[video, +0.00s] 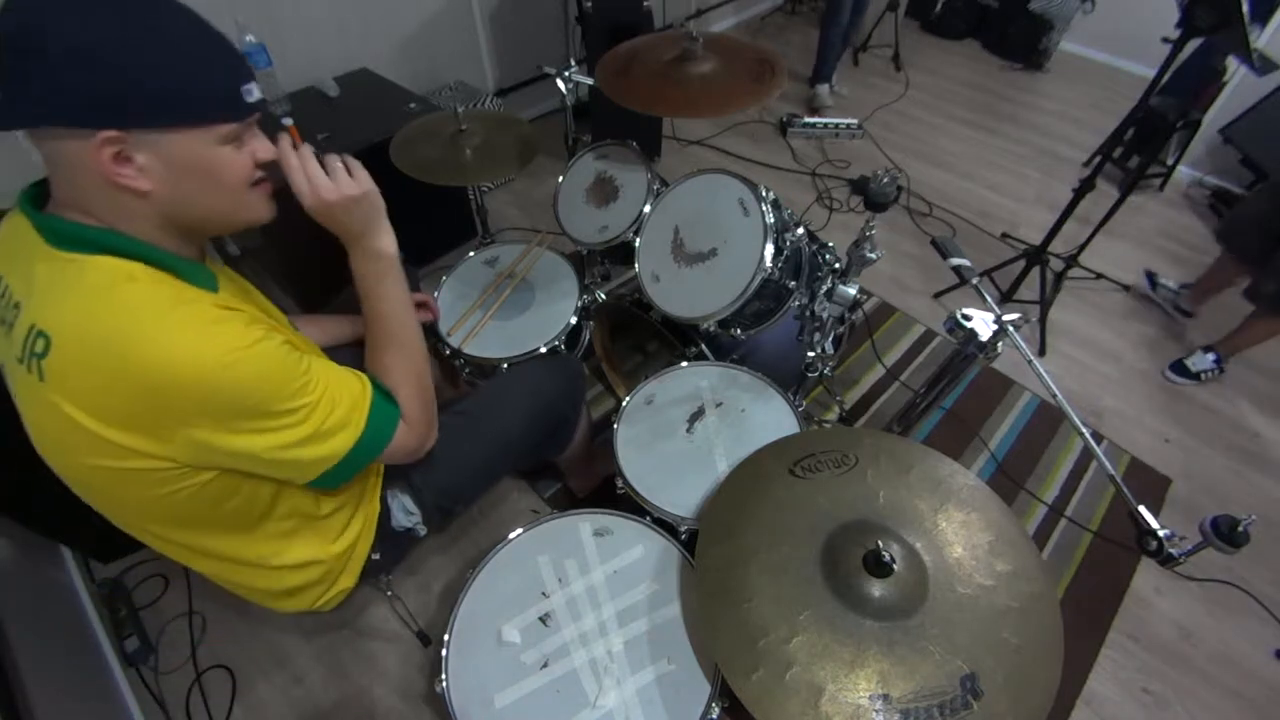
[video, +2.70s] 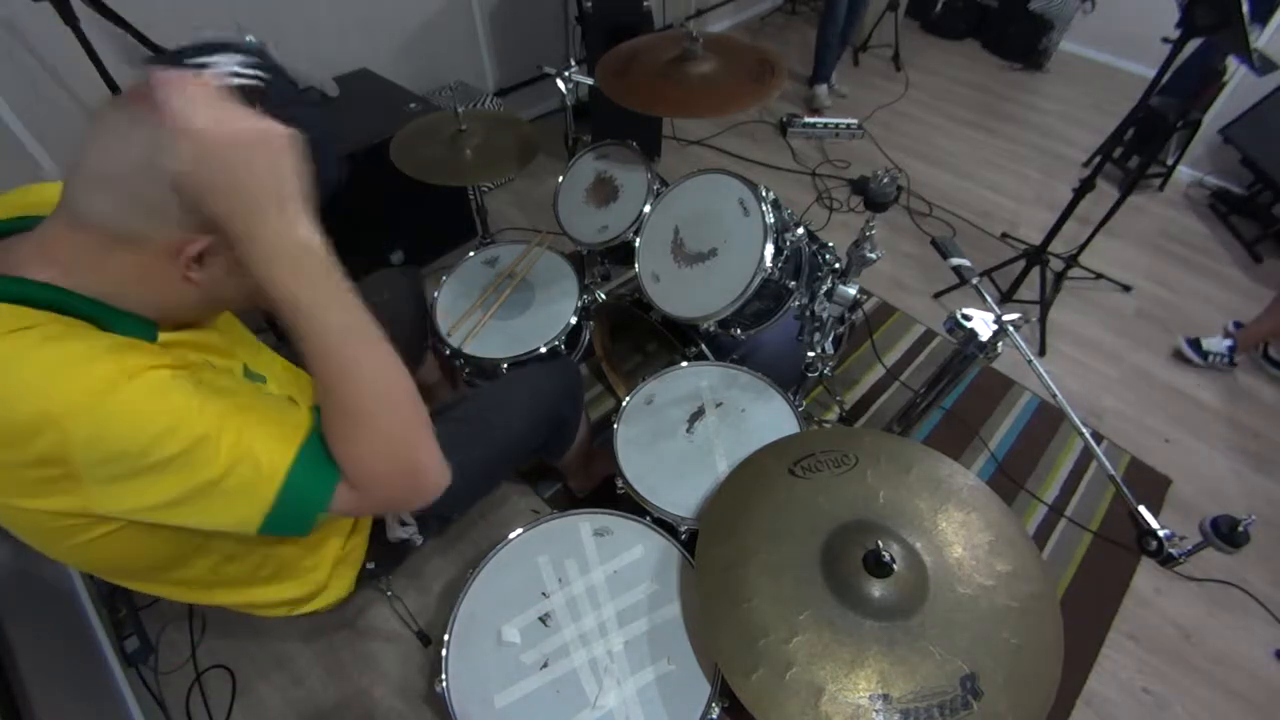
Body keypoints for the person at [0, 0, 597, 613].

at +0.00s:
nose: (267, 152)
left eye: (256, 127)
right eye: (235, 139)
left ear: (120, 166)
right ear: (126, 165)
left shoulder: (45, 229)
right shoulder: (189, 354)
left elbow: (228, 334)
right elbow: (412, 431)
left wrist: (374, 322)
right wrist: (372, 245)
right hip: (341, 527)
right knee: (555, 370)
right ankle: (579, 470)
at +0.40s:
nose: (309, 182)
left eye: (310, 162)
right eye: (299, 164)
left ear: (128, 138)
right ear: (225, 164)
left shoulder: (45, 217)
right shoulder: (216, 352)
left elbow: (219, 332)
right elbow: (419, 444)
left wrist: (368, 324)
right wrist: (405, 258)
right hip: (338, 528)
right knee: (555, 367)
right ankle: (581, 473)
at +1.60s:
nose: (275, 150)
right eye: (275, 136)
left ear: (88, 115)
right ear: (264, 165)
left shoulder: (28, 227)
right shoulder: (228, 370)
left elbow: (144, 348)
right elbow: (395, 475)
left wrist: (300, 315)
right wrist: (420, 302)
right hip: (337, 532)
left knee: (404, 325)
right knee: (554, 368)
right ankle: (583, 470)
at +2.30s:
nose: (218, 130)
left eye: (205, 112)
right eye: (212, 120)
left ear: (35, 174)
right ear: (205, 170)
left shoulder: (19, 265)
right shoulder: (207, 389)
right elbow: (340, 556)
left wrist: (241, 309)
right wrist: (421, 379)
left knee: (371, 264)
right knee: (555, 370)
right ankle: (581, 468)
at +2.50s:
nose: (249, 207)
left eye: (248, 188)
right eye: (240, 194)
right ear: (193, 230)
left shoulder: (21, 233)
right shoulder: (157, 422)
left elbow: (191, 292)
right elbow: (384, 527)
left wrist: (266, 240)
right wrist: (414, 298)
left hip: (265, 385)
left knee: (406, 324)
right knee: (552, 376)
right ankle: (582, 467)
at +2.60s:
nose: (285, 229)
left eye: (279, 211)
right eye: (274, 221)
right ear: (193, 258)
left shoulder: (30, 219)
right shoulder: (124, 419)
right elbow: (398, 498)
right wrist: (352, 254)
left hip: (249, 376)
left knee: (387, 286)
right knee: (553, 379)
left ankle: (427, 386)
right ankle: (577, 470)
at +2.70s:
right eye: (244, 257)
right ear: (196, 261)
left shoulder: (36, 215)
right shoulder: (91, 411)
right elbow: (405, 474)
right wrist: (275, 224)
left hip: (240, 369)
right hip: (330, 516)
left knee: (414, 288)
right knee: (553, 380)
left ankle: (428, 394)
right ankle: (576, 469)